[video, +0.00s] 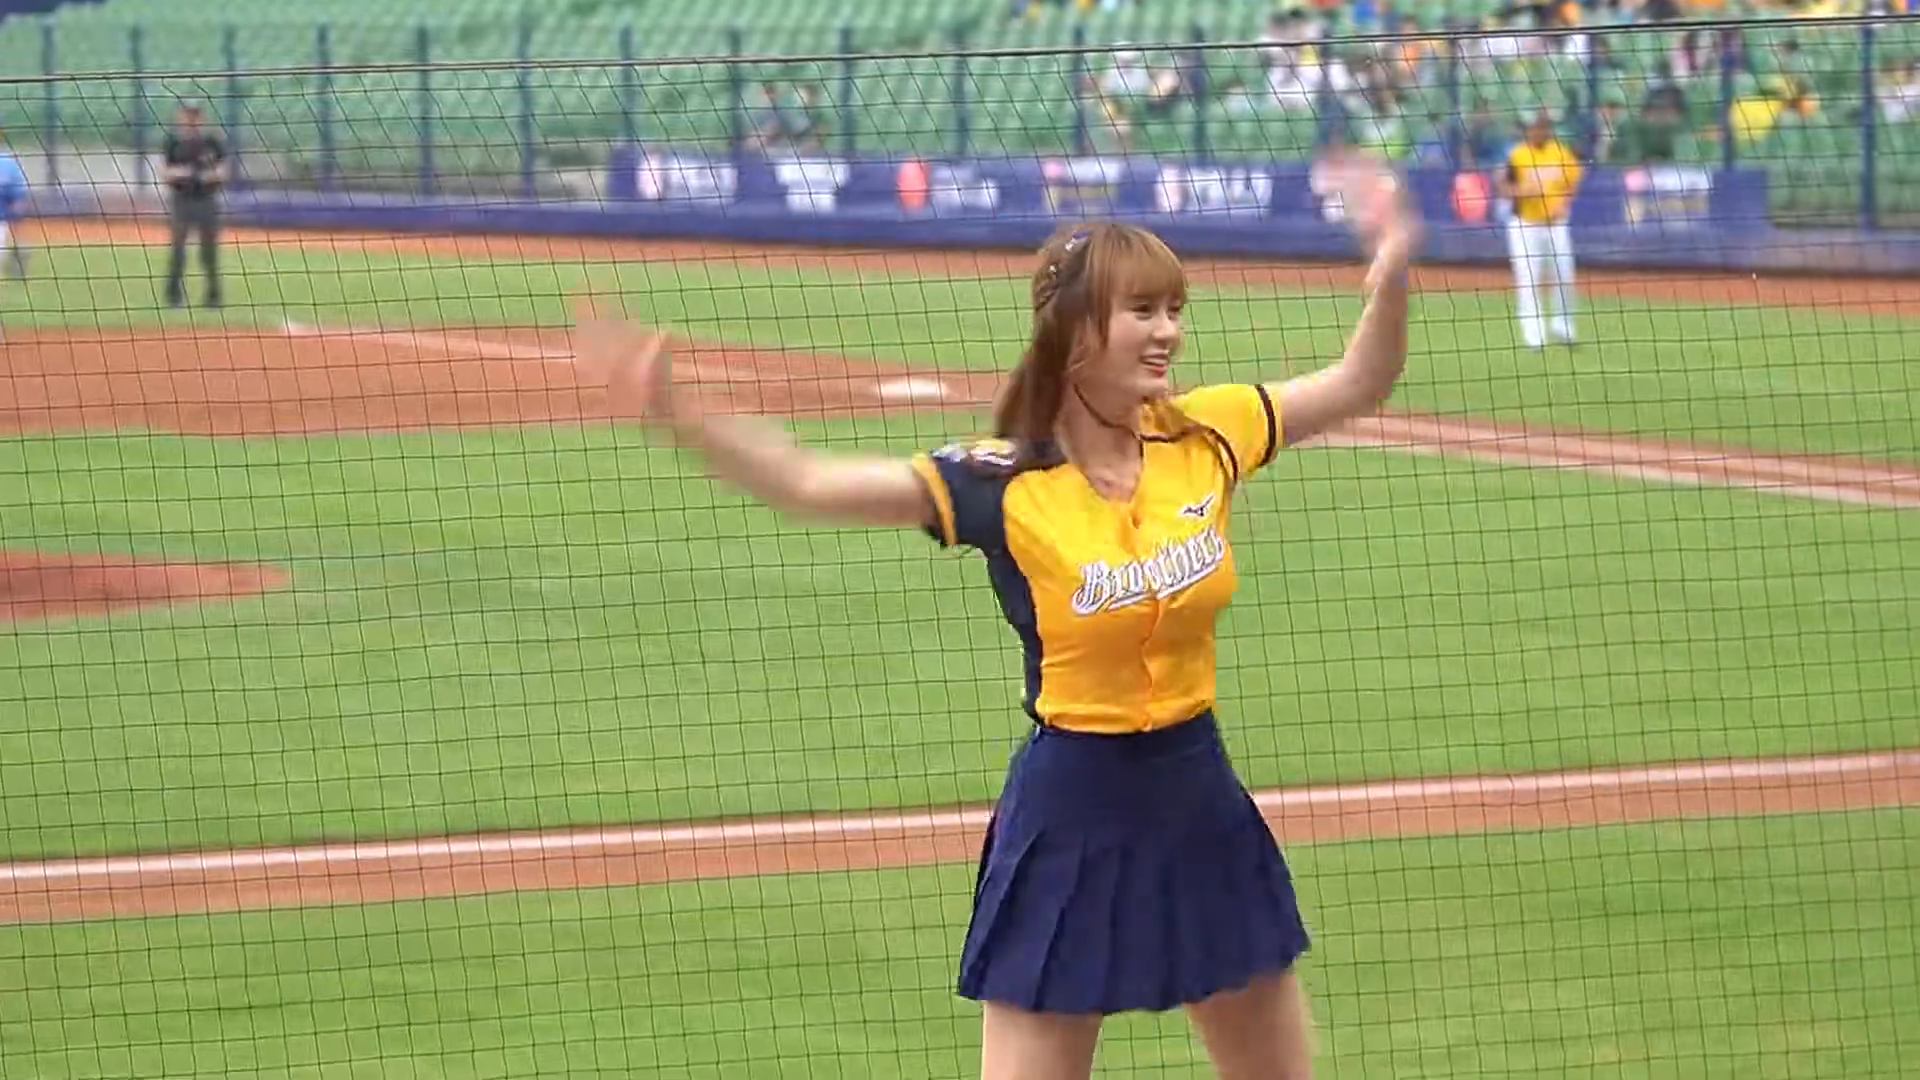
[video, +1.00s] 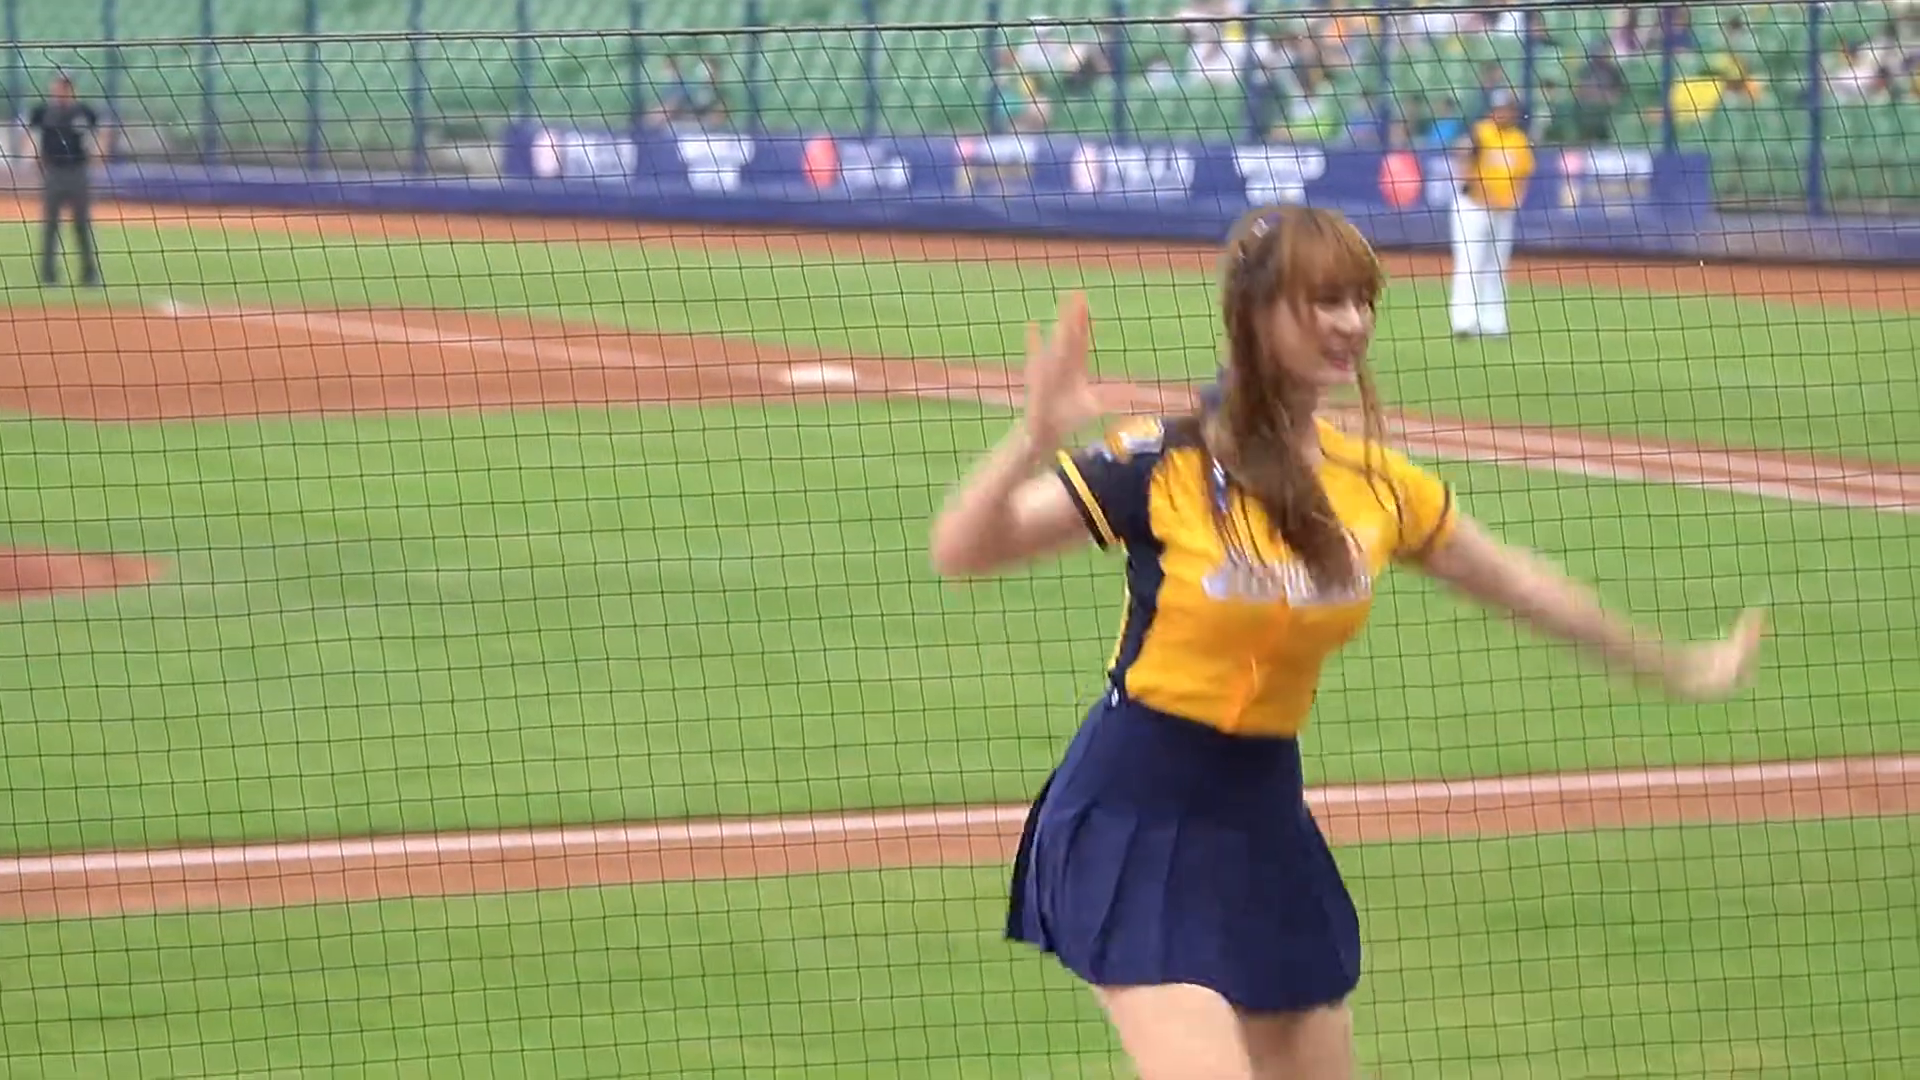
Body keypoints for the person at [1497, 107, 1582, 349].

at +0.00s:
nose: (1541, 133)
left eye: (1545, 127)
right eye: (1536, 128)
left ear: (1550, 129)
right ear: (1527, 130)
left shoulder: (1559, 152)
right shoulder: (1517, 156)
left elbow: (1575, 175)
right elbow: (1503, 186)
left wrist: (1563, 202)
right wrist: (1530, 190)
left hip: (1555, 221)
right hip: (1525, 223)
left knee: (1563, 275)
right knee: (1528, 279)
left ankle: (1562, 324)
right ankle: (1532, 330)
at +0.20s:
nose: (1546, 125)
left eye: (1550, 120)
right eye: (1541, 121)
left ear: (1558, 120)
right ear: (1535, 123)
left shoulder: (1571, 144)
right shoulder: (1527, 148)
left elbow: (1586, 169)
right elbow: (1515, 179)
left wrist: (1574, 193)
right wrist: (1536, 191)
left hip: (1566, 213)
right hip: (1535, 215)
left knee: (1572, 270)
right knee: (1538, 273)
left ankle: (1571, 322)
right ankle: (1542, 327)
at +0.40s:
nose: (1545, 121)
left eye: (1549, 115)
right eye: (1540, 116)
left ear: (1557, 116)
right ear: (1534, 118)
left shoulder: (1569, 140)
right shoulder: (1526, 141)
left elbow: (1585, 166)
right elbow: (1512, 175)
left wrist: (1571, 193)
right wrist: (1543, 193)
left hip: (1562, 213)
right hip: (1531, 214)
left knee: (1564, 270)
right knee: (1532, 271)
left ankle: (1564, 323)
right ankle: (1535, 326)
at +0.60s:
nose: (1530, 118)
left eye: (1534, 113)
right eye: (1525, 113)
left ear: (1541, 114)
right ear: (1519, 115)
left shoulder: (1554, 139)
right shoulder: (1509, 138)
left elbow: (1567, 169)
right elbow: (1495, 172)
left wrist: (1552, 196)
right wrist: (1516, 194)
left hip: (1543, 210)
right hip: (1511, 210)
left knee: (1541, 270)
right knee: (1513, 269)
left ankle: (1541, 322)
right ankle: (1515, 325)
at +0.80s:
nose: (1519, 118)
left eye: (1524, 113)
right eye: (1515, 112)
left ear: (1532, 115)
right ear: (1508, 114)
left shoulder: (1538, 141)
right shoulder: (1497, 136)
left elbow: (1548, 170)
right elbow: (1480, 167)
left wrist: (1536, 197)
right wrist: (1494, 193)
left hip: (1525, 210)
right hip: (1494, 209)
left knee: (1519, 269)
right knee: (1494, 267)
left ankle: (1517, 322)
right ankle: (1490, 324)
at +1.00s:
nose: (1501, 115)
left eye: (1507, 110)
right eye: (1498, 109)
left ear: (1516, 113)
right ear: (1491, 111)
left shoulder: (1520, 140)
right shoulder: (1480, 131)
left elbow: (1526, 170)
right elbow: (1461, 161)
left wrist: (1516, 197)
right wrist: (1474, 187)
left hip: (1503, 209)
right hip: (1472, 205)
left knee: (1495, 265)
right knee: (1470, 262)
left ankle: (1493, 320)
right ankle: (1464, 320)